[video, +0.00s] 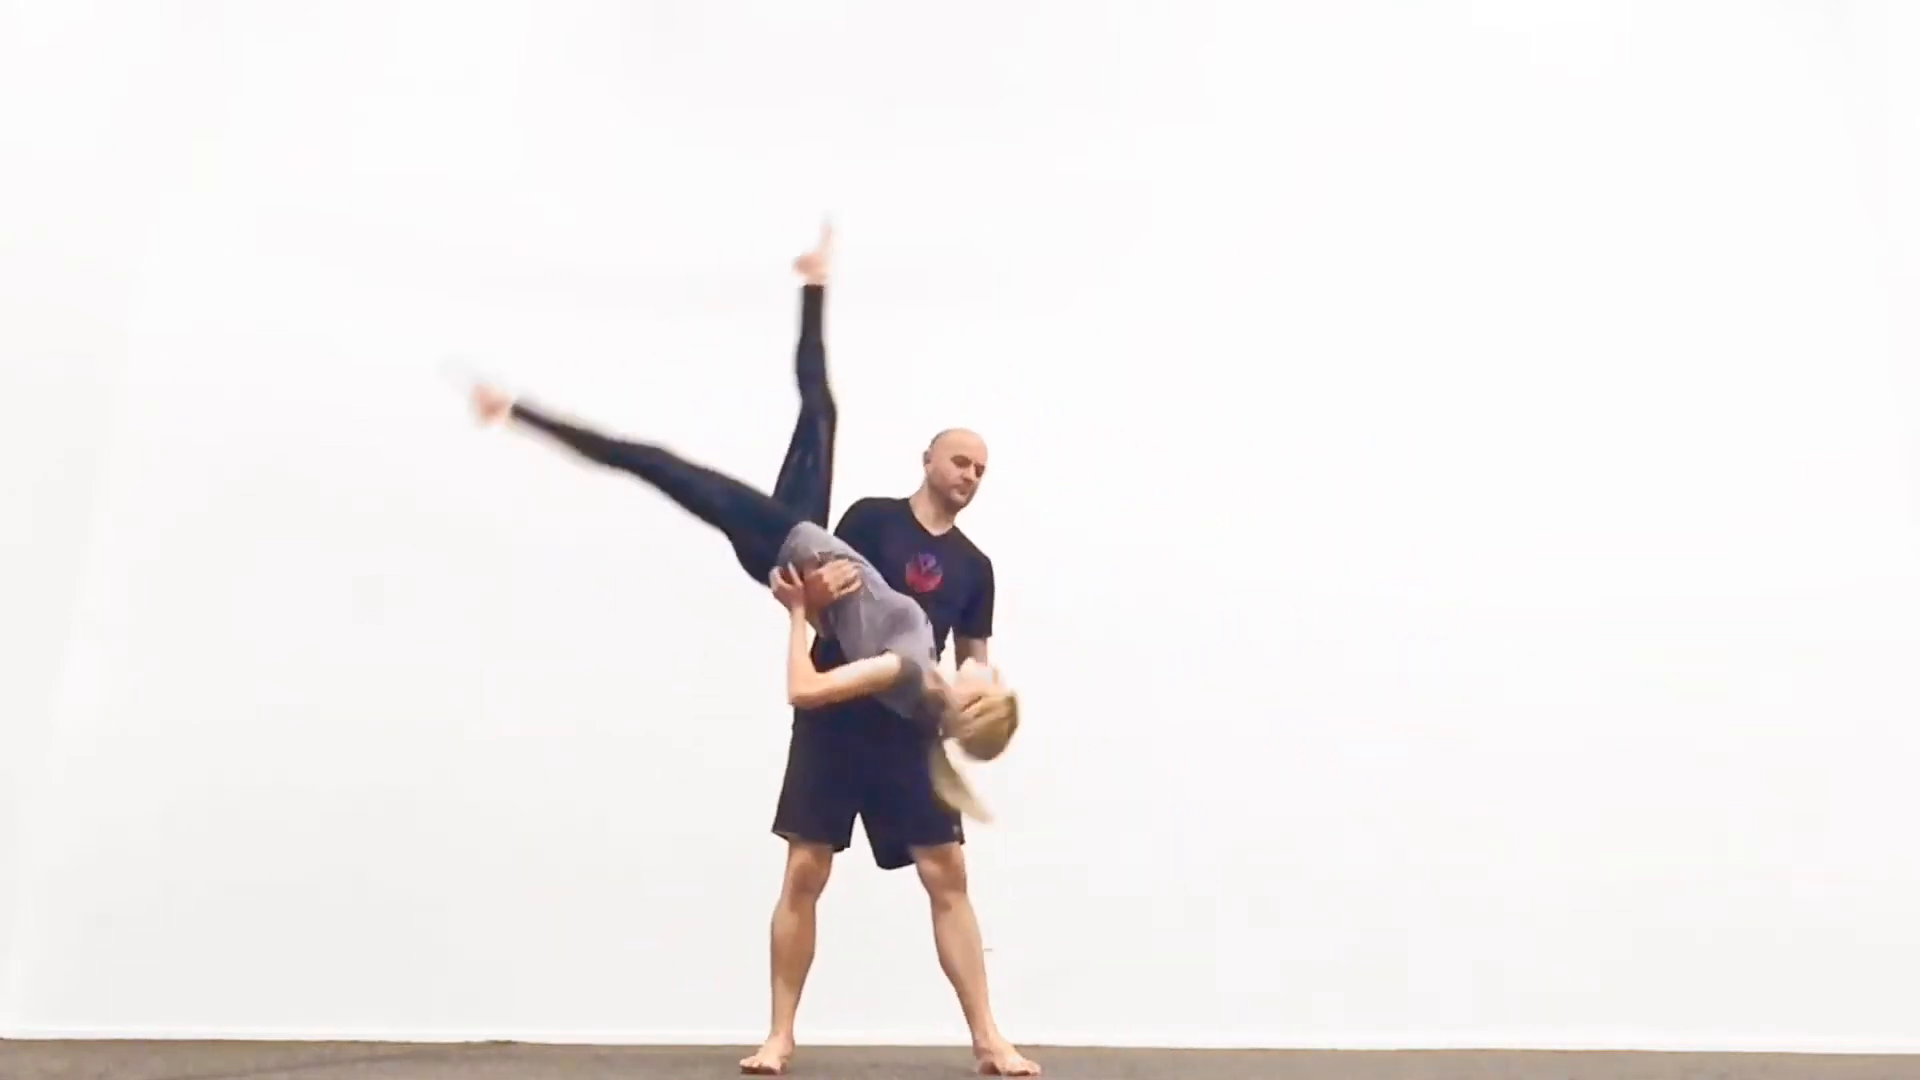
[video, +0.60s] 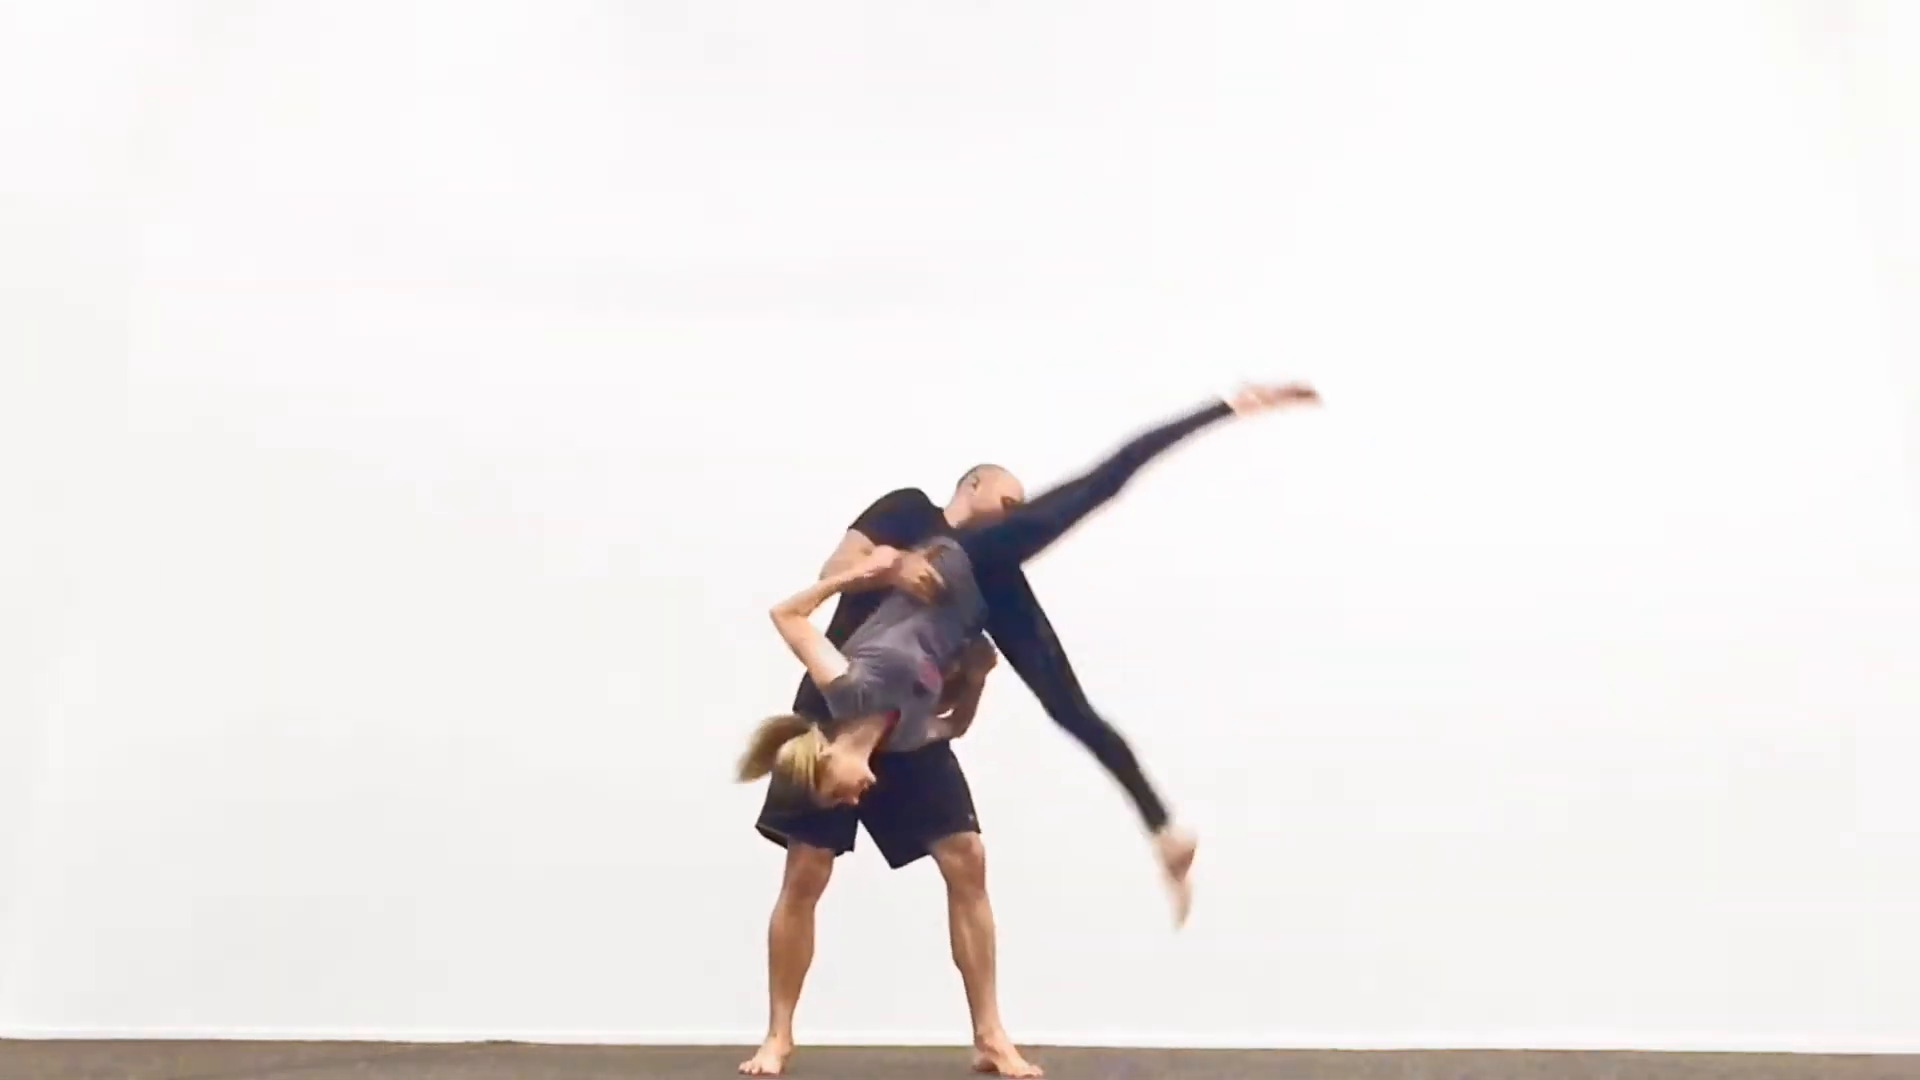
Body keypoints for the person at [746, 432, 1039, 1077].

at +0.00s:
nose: (971, 477)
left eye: (979, 470)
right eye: (961, 462)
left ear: (981, 481)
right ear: (928, 459)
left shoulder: (974, 566)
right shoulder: (866, 519)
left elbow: (975, 659)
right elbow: (789, 586)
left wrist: (970, 708)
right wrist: (809, 593)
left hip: (911, 730)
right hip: (833, 719)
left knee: (947, 873)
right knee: (805, 873)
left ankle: (988, 1039)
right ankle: (779, 1037)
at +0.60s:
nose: (1013, 519)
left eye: (1019, 511)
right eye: (1005, 503)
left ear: (1016, 514)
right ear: (967, 490)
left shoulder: (992, 595)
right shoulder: (909, 508)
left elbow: (958, 724)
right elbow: (833, 573)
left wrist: (971, 685)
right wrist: (894, 567)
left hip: (918, 727)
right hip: (833, 712)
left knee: (967, 861)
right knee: (806, 875)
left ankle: (990, 1037)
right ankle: (777, 1038)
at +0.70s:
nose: (1025, 519)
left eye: (1031, 513)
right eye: (1021, 504)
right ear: (985, 487)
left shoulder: (987, 585)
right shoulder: (928, 512)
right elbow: (873, 587)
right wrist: (946, 594)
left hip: (932, 729)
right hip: (854, 720)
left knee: (984, 863)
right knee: (816, 878)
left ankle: (991, 1038)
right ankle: (779, 1036)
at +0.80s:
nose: (1038, 513)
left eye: (1044, 506)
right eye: (1034, 497)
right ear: (996, 482)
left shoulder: (1001, 584)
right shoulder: (944, 513)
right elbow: (919, 587)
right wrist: (1001, 621)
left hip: (936, 729)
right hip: (865, 717)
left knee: (995, 864)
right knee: (825, 878)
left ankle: (991, 1039)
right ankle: (781, 1035)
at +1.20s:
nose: (1066, 471)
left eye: (1071, 466)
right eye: (1059, 457)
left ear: (1056, 473)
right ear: (1021, 446)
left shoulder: (1033, 561)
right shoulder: (983, 476)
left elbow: (1021, 662)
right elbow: (978, 497)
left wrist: (1080, 696)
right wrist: (1074, 543)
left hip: (982, 706)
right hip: (917, 692)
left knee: (1000, 864)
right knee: (890, 849)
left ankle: (990, 1040)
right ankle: (816, 1004)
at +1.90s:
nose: (1009, 419)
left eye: (1009, 409)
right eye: (998, 405)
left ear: (976, 412)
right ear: (953, 405)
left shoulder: (974, 497)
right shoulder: (931, 479)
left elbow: (1006, 625)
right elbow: (936, 585)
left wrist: (1099, 617)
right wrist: (1046, 596)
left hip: (980, 698)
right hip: (934, 694)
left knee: (984, 859)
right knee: (928, 855)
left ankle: (961, 1033)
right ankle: (901, 1047)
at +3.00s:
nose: (1060, 451)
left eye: (1063, 440)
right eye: (1049, 438)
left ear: (1053, 447)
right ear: (1008, 439)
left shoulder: (1044, 537)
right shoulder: (955, 510)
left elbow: (1052, 644)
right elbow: (947, 621)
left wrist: (1035, 604)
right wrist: (1041, 638)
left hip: (976, 708)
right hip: (911, 699)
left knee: (999, 866)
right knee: (898, 843)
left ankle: (965, 1039)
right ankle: (836, 1022)